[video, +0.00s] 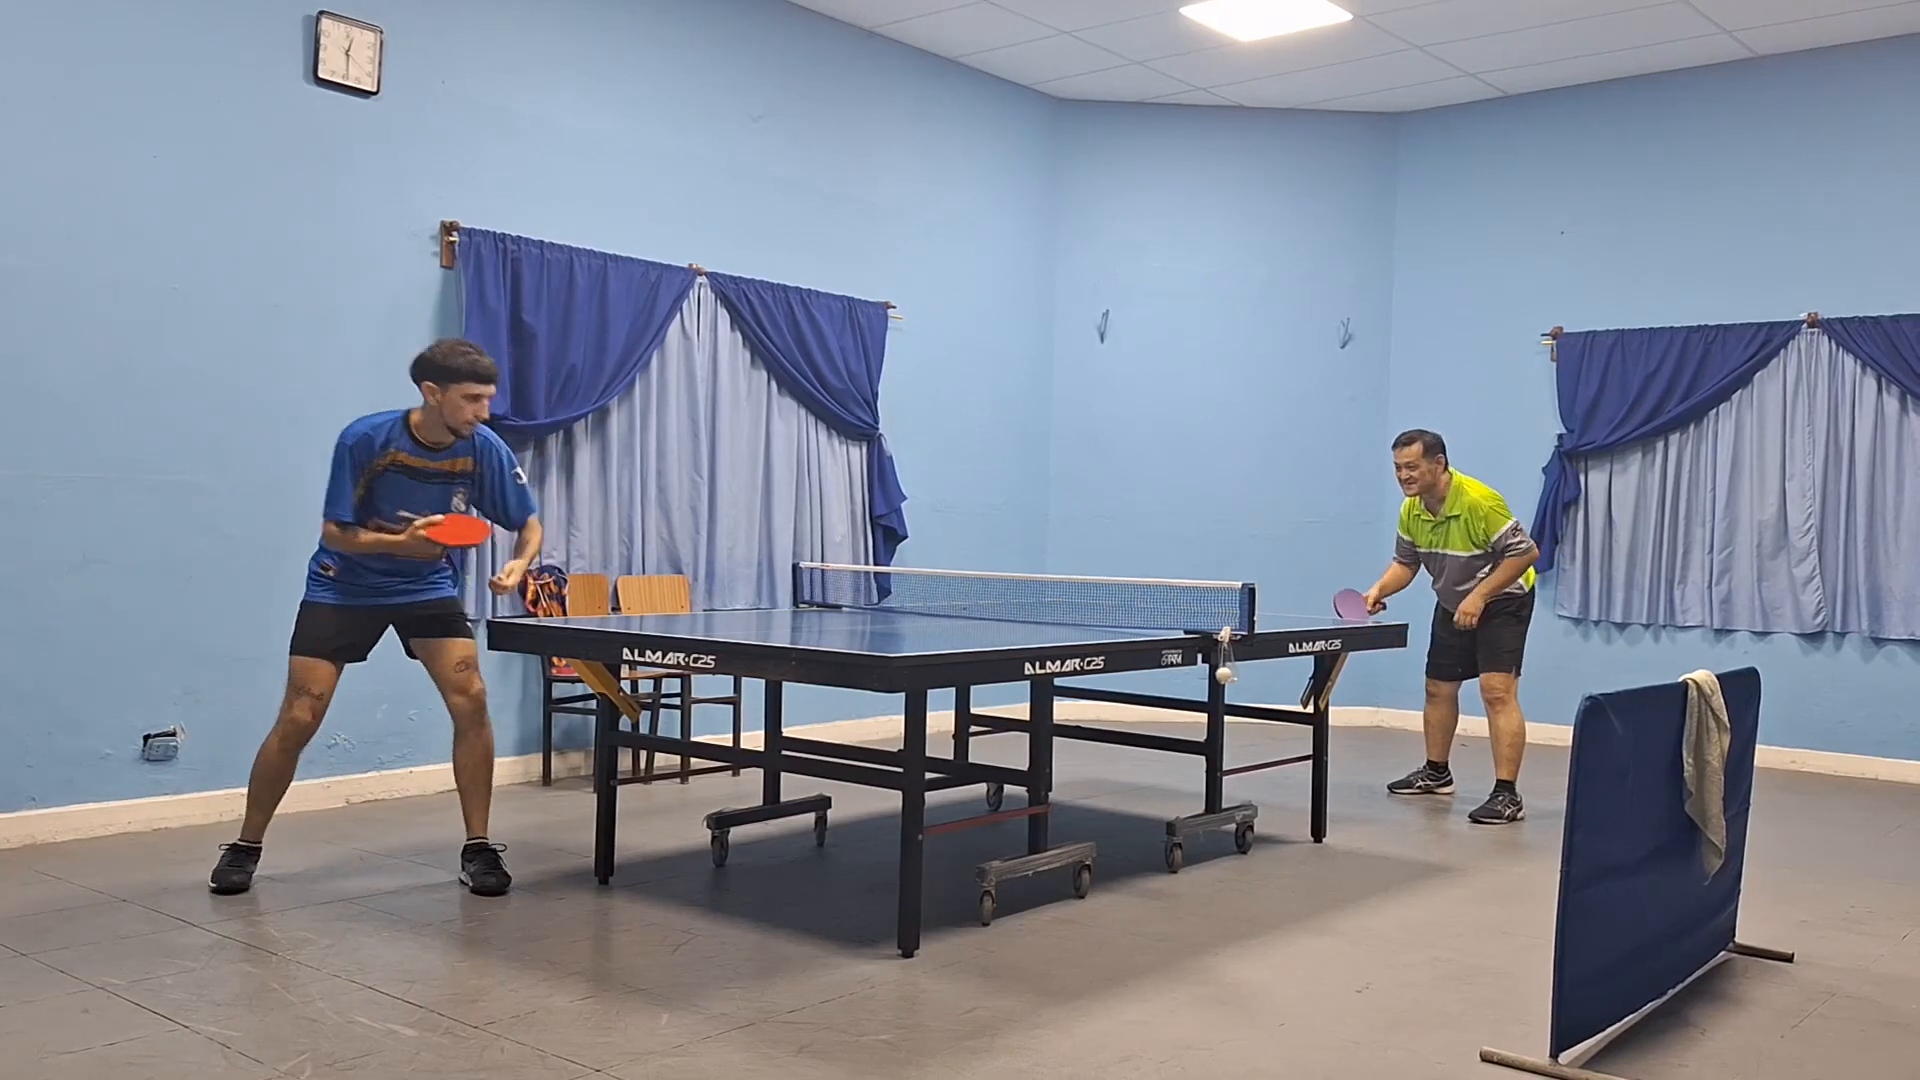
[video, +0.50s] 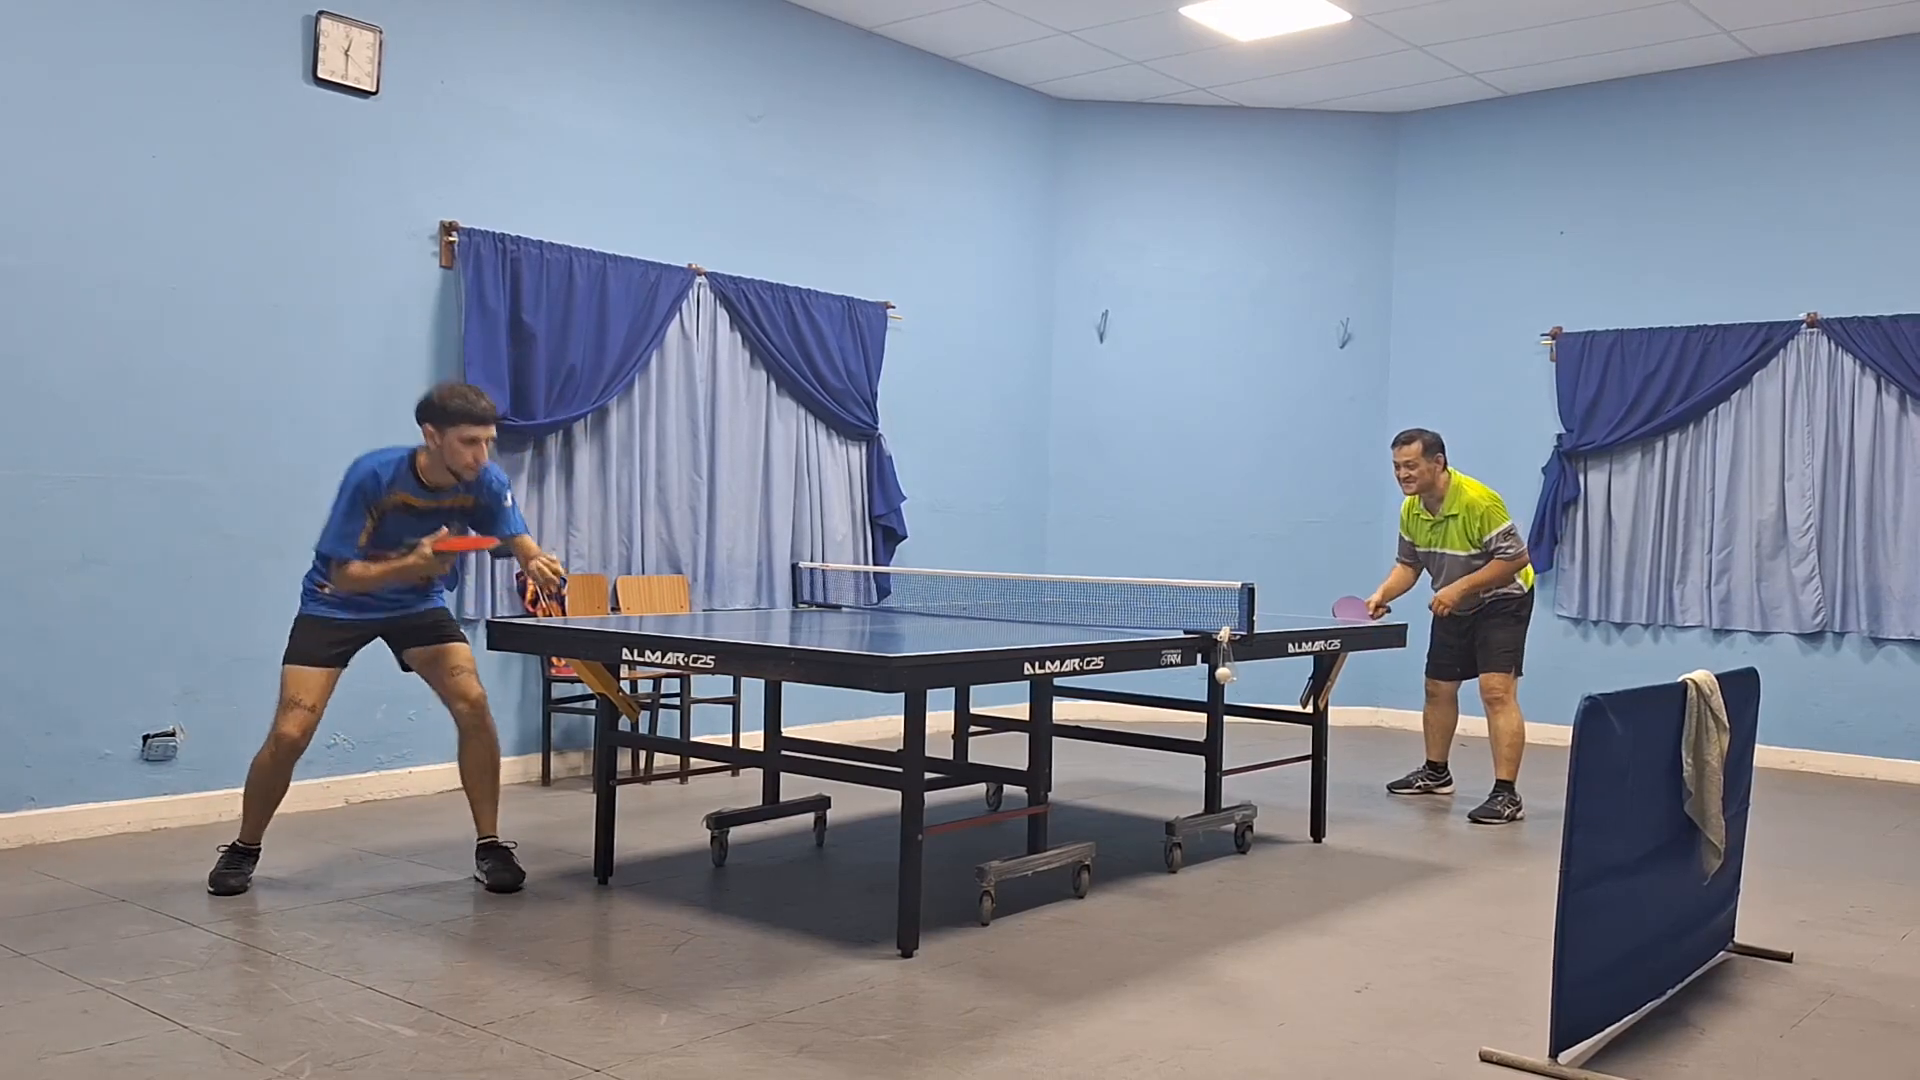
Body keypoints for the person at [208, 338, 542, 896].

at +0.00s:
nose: (483, 412)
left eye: (488, 400)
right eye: (472, 400)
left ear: (489, 397)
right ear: (432, 393)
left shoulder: (485, 451)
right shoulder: (363, 440)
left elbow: (531, 525)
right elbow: (334, 532)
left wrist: (521, 562)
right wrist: (395, 545)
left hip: (428, 586)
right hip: (343, 585)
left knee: (470, 695)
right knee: (300, 717)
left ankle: (478, 846)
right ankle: (246, 846)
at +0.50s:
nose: (481, 457)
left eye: (487, 443)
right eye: (470, 443)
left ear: (493, 439)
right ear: (433, 437)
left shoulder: (486, 485)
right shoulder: (372, 476)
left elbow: (525, 550)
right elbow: (340, 574)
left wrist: (537, 563)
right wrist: (412, 566)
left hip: (416, 606)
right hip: (335, 607)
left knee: (473, 701)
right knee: (290, 733)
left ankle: (491, 846)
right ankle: (243, 849)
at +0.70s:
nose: (514, 530)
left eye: (518, 518)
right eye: (503, 518)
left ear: (522, 514)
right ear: (463, 509)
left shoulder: (507, 541)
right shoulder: (401, 537)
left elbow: (547, 593)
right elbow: (392, 645)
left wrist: (567, 599)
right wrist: (458, 625)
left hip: (437, 639)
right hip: (359, 639)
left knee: (508, 711)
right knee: (283, 758)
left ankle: (493, 849)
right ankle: (248, 850)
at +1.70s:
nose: (478, 477)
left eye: (482, 465)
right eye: (465, 467)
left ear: (487, 466)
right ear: (425, 471)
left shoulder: (479, 507)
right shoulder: (369, 515)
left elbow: (515, 540)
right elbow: (358, 611)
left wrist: (560, 542)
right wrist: (428, 604)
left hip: (423, 640)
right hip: (345, 640)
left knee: (504, 713)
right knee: (282, 767)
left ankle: (488, 850)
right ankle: (247, 851)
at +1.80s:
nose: (455, 439)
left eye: (458, 428)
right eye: (439, 430)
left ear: (463, 432)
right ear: (401, 441)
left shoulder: (467, 477)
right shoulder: (357, 491)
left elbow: (520, 486)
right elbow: (353, 591)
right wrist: (416, 562)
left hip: (423, 623)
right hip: (342, 627)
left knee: (497, 712)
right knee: (280, 761)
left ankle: (488, 850)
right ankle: (245, 851)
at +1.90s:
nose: (428, 407)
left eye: (429, 397)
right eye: (412, 399)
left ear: (435, 404)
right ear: (374, 416)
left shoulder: (446, 446)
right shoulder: (337, 471)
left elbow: (511, 439)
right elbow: (330, 575)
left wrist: (541, 383)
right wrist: (376, 530)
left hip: (418, 611)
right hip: (336, 618)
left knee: (487, 709)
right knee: (276, 752)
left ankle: (488, 849)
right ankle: (244, 850)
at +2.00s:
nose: (396, 385)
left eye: (398, 375)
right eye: (379, 378)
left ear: (405, 385)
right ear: (345, 398)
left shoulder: (431, 433)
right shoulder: (314, 455)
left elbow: (509, 428)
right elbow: (278, 556)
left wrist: (548, 380)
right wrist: (298, 516)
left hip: (408, 604)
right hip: (324, 609)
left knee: (474, 708)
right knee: (268, 747)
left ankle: (487, 849)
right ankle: (243, 849)